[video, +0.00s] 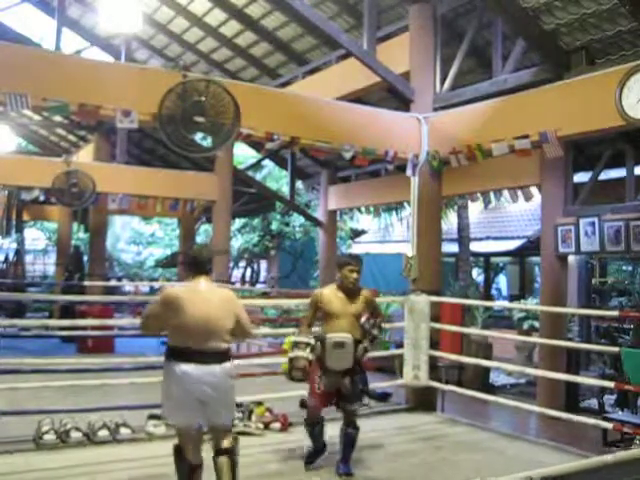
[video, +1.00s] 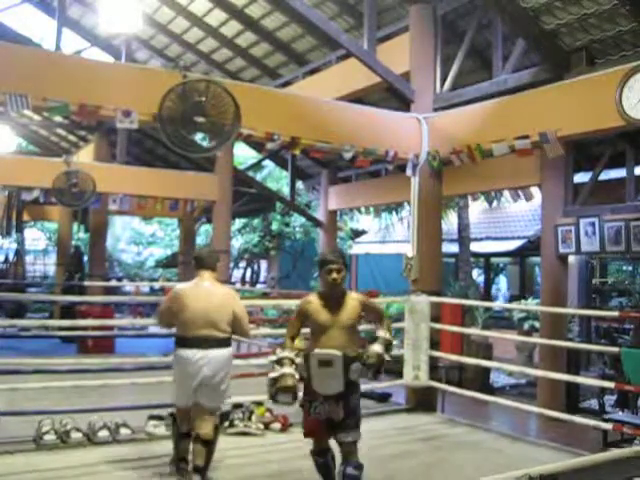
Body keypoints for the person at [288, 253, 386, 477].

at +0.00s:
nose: (355, 277)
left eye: (358, 273)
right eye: (350, 272)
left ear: (360, 275)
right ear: (339, 273)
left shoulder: (365, 298)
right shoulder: (321, 295)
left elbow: (378, 318)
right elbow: (306, 325)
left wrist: (369, 338)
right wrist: (304, 347)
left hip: (353, 356)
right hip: (324, 355)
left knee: (350, 411)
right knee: (312, 408)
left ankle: (345, 461)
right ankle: (318, 445)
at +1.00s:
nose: (334, 276)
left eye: (339, 271)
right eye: (329, 272)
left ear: (345, 274)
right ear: (320, 275)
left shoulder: (357, 301)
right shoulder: (308, 305)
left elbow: (383, 320)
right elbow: (290, 337)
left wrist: (379, 345)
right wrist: (286, 367)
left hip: (348, 371)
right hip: (316, 372)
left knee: (348, 440)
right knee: (318, 439)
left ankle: (350, 473)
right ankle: (328, 475)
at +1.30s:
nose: (321, 273)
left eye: (327, 268)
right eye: (318, 268)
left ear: (340, 270)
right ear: (313, 271)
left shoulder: (356, 304)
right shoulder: (304, 302)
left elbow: (379, 338)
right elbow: (292, 329)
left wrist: (353, 363)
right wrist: (293, 359)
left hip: (340, 387)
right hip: (307, 385)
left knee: (344, 453)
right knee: (289, 447)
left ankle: (347, 475)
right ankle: (300, 475)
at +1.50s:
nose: (299, 276)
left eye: (305, 270)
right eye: (297, 271)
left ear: (321, 273)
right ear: (295, 275)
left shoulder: (339, 303)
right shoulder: (295, 304)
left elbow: (352, 339)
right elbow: (293, 338)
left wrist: (325, 349)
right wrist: (293, 355)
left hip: (328, 381)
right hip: (298, 380)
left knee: (336, 452)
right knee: (281, 446)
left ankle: (343, 470)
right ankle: (278, 472)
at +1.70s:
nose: (271, 274)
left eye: (276, 268)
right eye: (271, 269)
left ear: (293, 272)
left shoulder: (309, 301)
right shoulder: (282, 304)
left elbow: (323, 341)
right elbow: (284, 341)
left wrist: (298, 352)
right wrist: (270, 358)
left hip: (302, 380)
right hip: (279, 378)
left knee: (310, 449)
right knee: (267, 443)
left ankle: (327, 472)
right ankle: (265, 471)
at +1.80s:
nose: (257, 272)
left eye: (262, 267)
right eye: (257, 268)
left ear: (281, 269)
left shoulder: (297, 299)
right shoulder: (271, 301)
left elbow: (310, 340)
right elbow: (271, 340)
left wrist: (283, 355)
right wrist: (257, 359)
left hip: (289, 381)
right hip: (267, 378)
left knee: (299, 461)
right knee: (260, 449)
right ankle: (261, 470)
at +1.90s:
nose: (247, 273)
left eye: (252, 267)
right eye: (247, 267)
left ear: (270, 271)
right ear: (264, 272)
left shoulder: (288, 299)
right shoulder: (261, 301)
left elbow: (301, 341)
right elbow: (262, 340)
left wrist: (268, 360)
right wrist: (246, 354)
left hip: (280, 383)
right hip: (259, 381)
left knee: (274, 460)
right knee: (253, 448)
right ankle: (258, 473)